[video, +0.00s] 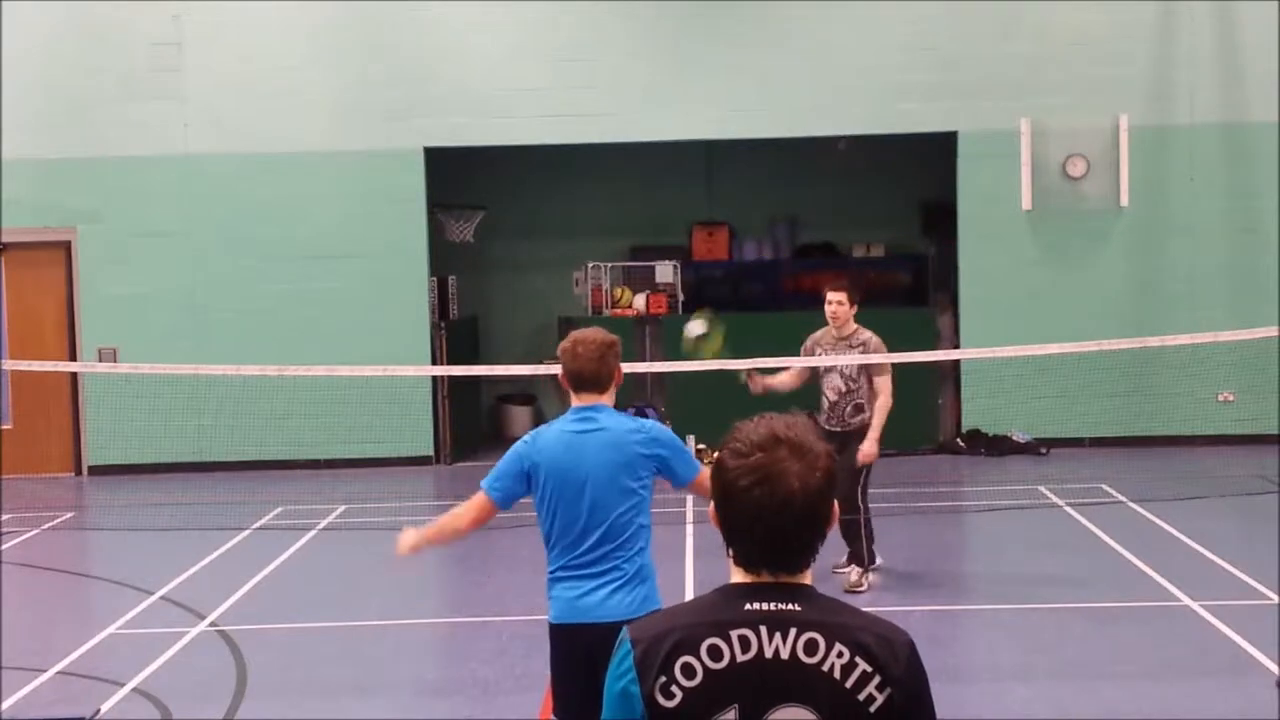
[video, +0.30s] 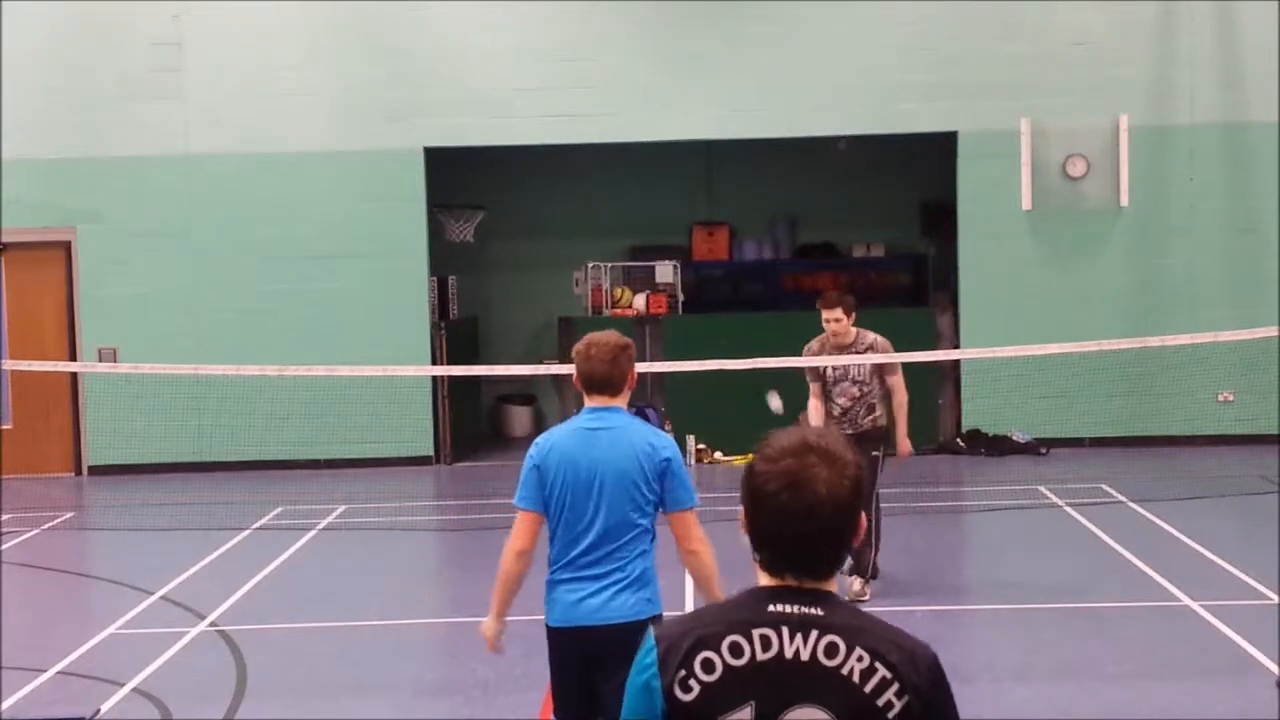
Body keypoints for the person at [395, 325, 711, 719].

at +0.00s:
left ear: (562, 379)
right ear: (618, 376)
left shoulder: (535, 445)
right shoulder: (646, 436)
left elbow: (469, 518)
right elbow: (710, 486)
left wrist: (418, 537)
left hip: (571, 621)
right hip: (637, 616)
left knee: (572, 710)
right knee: (642, 708)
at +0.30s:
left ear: (577, 379)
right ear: (632, 378)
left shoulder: (546, 447)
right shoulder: (656, 445)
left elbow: (520, 548)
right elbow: (691, 545)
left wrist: (496, 616)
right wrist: (721, 607)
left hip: (566, 623)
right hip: (631, 621)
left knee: (572, 711)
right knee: (630, 712)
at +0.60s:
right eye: (639, 368)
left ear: (580, 377)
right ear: (636, 376)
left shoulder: (555, 448)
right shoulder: (663, 441)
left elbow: (532, 546)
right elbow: (689, 535)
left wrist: (498, 553)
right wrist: (727, 582)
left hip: (589, 631)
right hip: (656, 628)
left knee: (587, 713)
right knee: (677, 715)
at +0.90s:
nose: (629, 376)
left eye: (632, 371)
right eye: (632, 369)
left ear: (638, 385)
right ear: (687, 380)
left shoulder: (612, 450)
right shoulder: (720, 440)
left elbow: (579, 537)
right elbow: (766, 518)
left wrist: (555, 478)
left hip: (643, 621)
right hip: (712, 617)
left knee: (630, 712)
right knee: (732, 710)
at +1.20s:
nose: (679, 372)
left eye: (691, 366)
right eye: (683, 362)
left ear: (724, 380)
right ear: (727, 381)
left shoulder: (681, 443)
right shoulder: (778, 434)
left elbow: (652, 541)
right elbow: (803, 519)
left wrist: (627, 516)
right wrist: (776, 489)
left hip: (687, 619)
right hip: (754, 618)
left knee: (657, 711)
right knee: (751, 713)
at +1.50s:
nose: (697, 394)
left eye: (708, 386)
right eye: (701, 384)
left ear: (741, 399)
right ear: (744, 399)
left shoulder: (699, 465)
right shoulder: (804, 455)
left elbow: (671, 571)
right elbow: (829, 552)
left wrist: (644, 578)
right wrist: (812, 570)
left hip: (714, 648)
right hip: (780, 645)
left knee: (696, 713)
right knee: (774, 713)